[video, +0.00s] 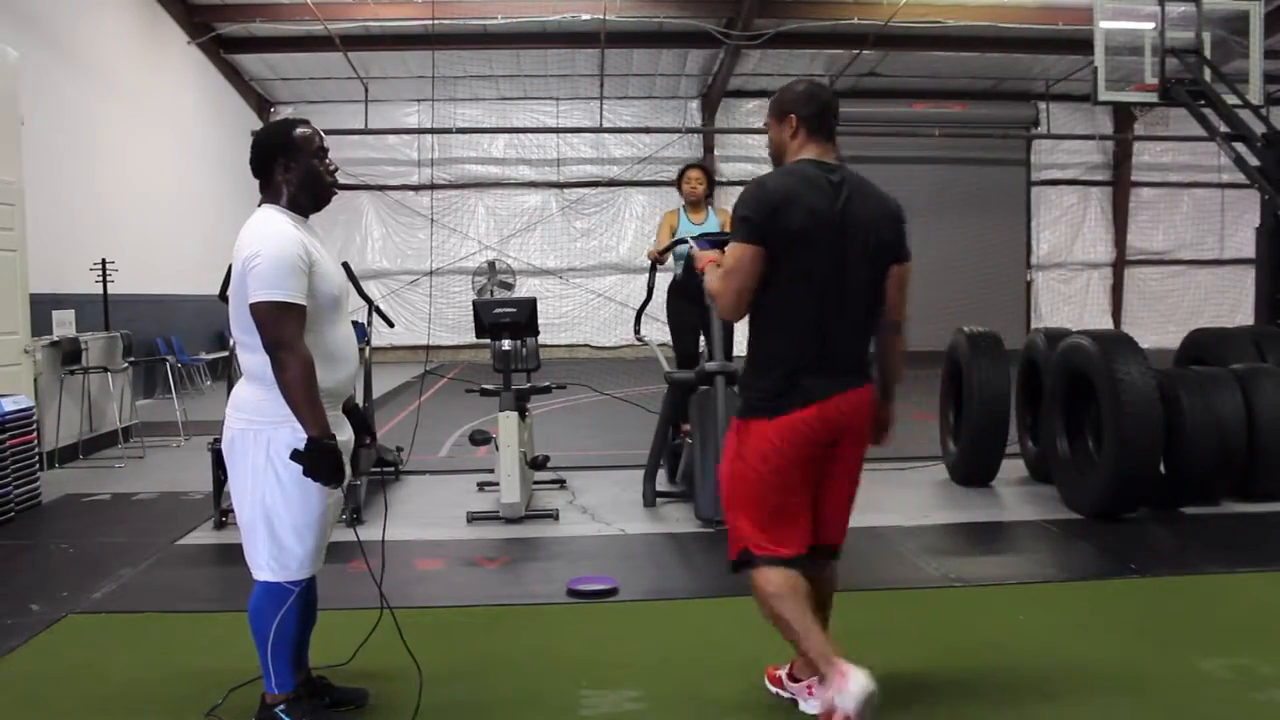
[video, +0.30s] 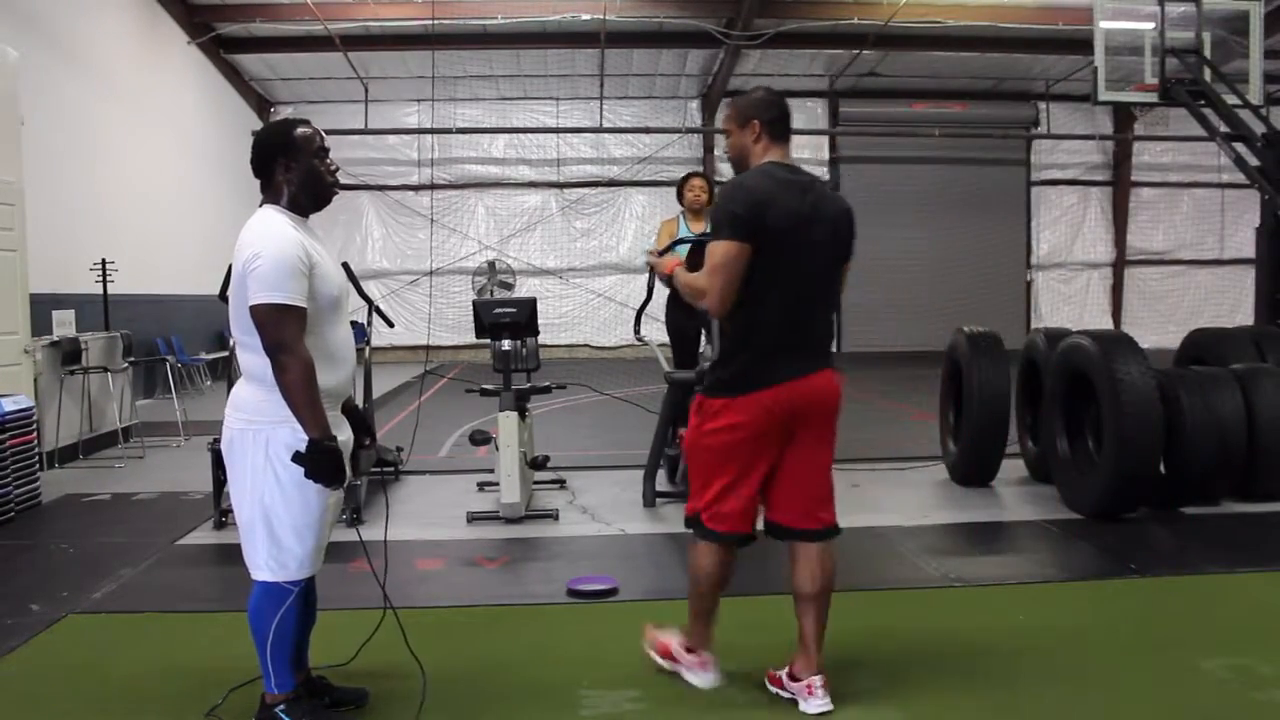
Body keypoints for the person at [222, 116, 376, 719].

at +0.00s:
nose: (333, 165)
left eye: (329, 154)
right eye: (320, 156)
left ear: (291, 171)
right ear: (286, 169)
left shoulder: (296, 236)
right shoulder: (273, 239)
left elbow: (316, 339)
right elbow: (283, 348)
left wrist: (351, 407)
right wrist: (318, 436)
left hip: (300, 427)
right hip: (276, 431)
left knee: (299, 565)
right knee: (283, 570)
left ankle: (297, 679)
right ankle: (280, 697)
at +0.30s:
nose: (334, 165)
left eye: (330, 154)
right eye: (320, 155)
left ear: (292, 171)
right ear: (285, 169)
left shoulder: (296, 237)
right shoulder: (272, 240)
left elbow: (311, 341)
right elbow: (283, 351)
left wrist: (349, 405)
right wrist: (319, 438)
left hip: (300, 428)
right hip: (275, 432)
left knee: (298, 565)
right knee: (282, 570)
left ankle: (297, 679)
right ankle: (280, 697)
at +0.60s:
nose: (335, 165)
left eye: (330, 154)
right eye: (321, 155)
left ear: (292, 171)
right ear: (287, 169)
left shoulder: (295, 238)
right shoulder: (273, 241)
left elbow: (310, 344)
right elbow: (282, 352)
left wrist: (349, 408)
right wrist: (316, 441)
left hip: (298, 426)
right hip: (275, 430)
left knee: (298, 567)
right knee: (282, 571)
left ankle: (296, 681)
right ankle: (281, 698)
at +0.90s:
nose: (336, 166)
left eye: (332, 155)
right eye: (323, 156)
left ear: (294, 171)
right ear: (288, 169)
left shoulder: (297, 238)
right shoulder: (274, 242)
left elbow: (311, 346)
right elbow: (283, 355)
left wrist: (350, 410)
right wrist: (317, 443)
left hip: (300, 427)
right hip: (276, 431)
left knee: (300, 566)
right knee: (283, 571)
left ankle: (297, 680)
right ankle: (281, 697)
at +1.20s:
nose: (337, 167)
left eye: (334, 156)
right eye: (324, 157)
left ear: (296, 171)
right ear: (289, 169)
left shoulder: (298, 238)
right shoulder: (276, 241)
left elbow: (310, 345)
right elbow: (284, 351)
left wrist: (349, 410)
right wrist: (319, 440)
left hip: (299, 428)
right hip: (276, 432)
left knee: (300, 566)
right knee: (283, 571)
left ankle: (297, 680)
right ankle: (281, 698)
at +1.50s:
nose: (338, 168)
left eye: (335, 156)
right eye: (326, 158)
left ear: (295, 171)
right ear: (291, 170)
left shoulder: (298, 237)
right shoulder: (276, 239)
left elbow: (316, 343)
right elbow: (286, 349)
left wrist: (353, 410)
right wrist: (323, 437)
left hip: (299, 429)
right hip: (275, 432)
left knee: (299, 566)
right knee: (282, 571)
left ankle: (296, 680)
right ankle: (280, 697)